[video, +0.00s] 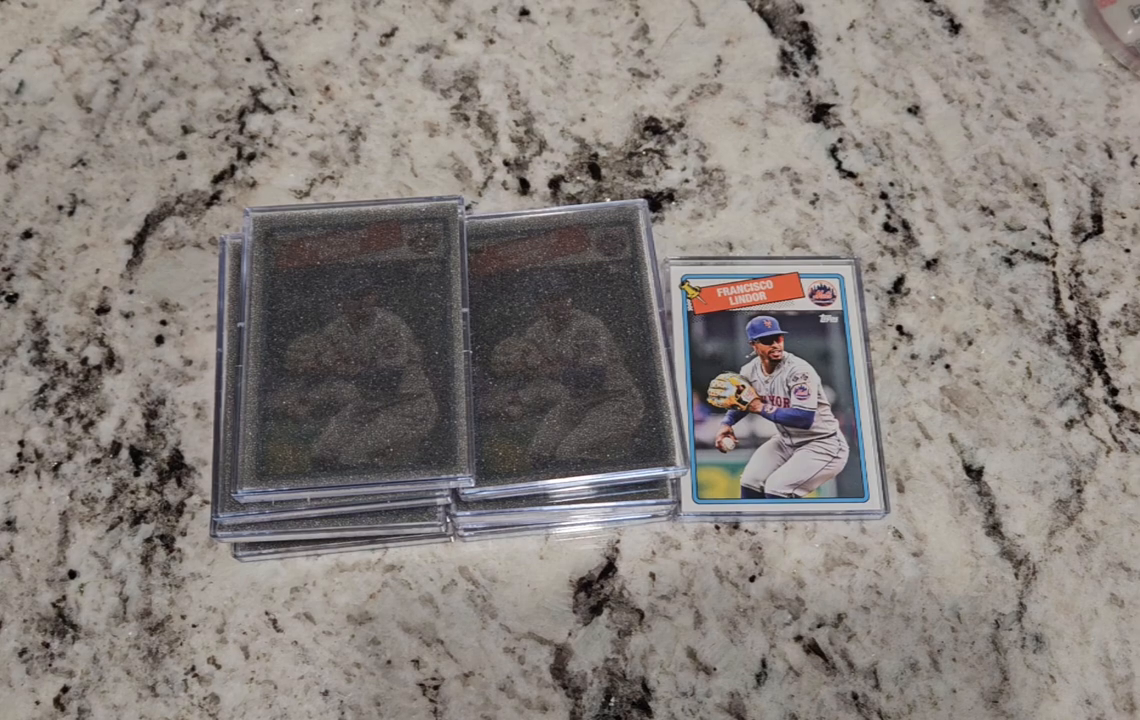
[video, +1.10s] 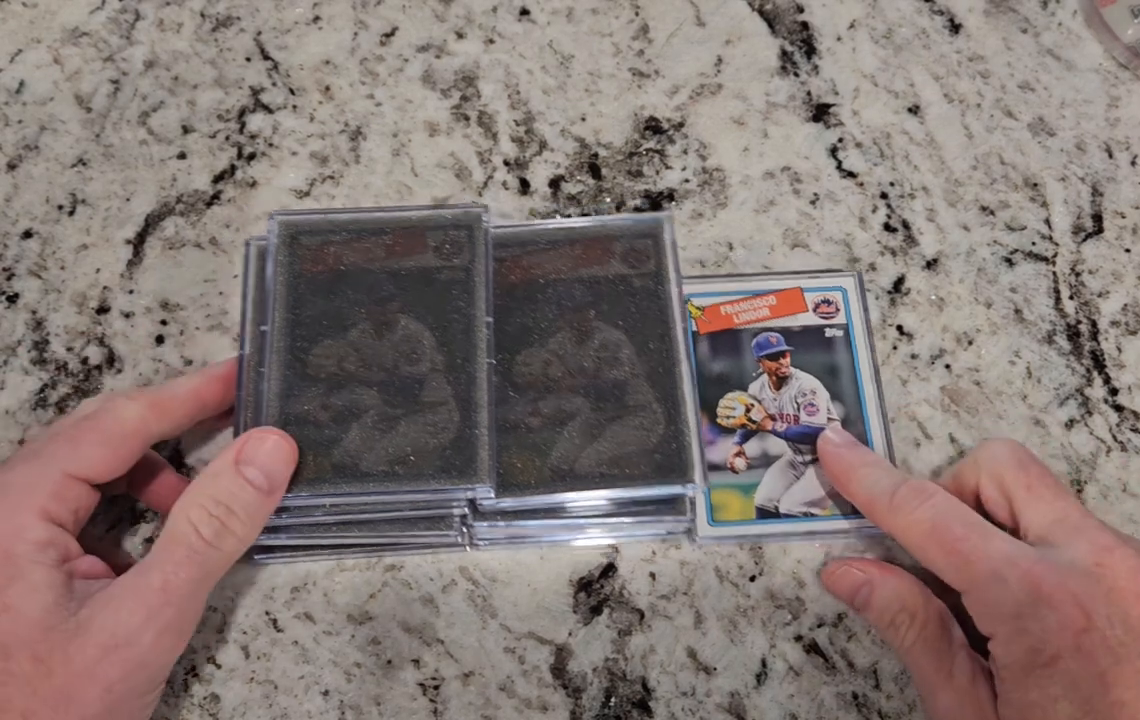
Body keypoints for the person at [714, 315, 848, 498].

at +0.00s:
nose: (775, 345)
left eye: (778, 339)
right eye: (767, 341)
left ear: (783, 339)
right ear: (754, 346)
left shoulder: (800, 371)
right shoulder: (748, 372)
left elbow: (803, 419)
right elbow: (742, 403)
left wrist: (760, 407)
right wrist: (726, 425)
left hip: (824, 445)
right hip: (786, 443)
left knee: (776, 488)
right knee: (750, 482)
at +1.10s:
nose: (782, 362)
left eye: (784, 355)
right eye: (774, 358)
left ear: (789, 355)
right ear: (761, 363)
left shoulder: (808, 386)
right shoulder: (757, 389)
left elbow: (814, 433)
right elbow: (753, 421)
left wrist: (771, 425)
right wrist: (737, 445)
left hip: (826, 462)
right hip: (795, 460)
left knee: (791, 507)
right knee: (764, 503)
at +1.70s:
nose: (817, 389)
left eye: (819, 382)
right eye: (809, 385)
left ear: (824, 382)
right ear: (796, 390)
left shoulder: (844, 414)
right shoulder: (792, 417)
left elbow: (850, 463)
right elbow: (788, 449)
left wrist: (806, 454)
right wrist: (772, 473)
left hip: (869, 489)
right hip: (833, 488)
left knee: (828, 536)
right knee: (800, 532)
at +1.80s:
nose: (816, 389)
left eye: (818, 382)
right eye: (808, 385)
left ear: (823, 381)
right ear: (795, 390)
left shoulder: (843, 414)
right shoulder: (791, 417)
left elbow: (849, 463)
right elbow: (786, 449)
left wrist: (805, 454)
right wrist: (771, 473)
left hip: (868, 489)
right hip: (832, 489)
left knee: (827, 536)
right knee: (799, 532)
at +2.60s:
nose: (803, 387)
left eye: (805, 381)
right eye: (794, 384)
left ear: (810, 380)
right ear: (781, 389)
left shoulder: (829, 413)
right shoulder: (777, 416)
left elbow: (836, 462)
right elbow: (774, 448)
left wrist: (792, 452)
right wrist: (758, 472)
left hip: (856, 487)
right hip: (819, 487)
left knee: (813, 535)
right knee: (787, 531)